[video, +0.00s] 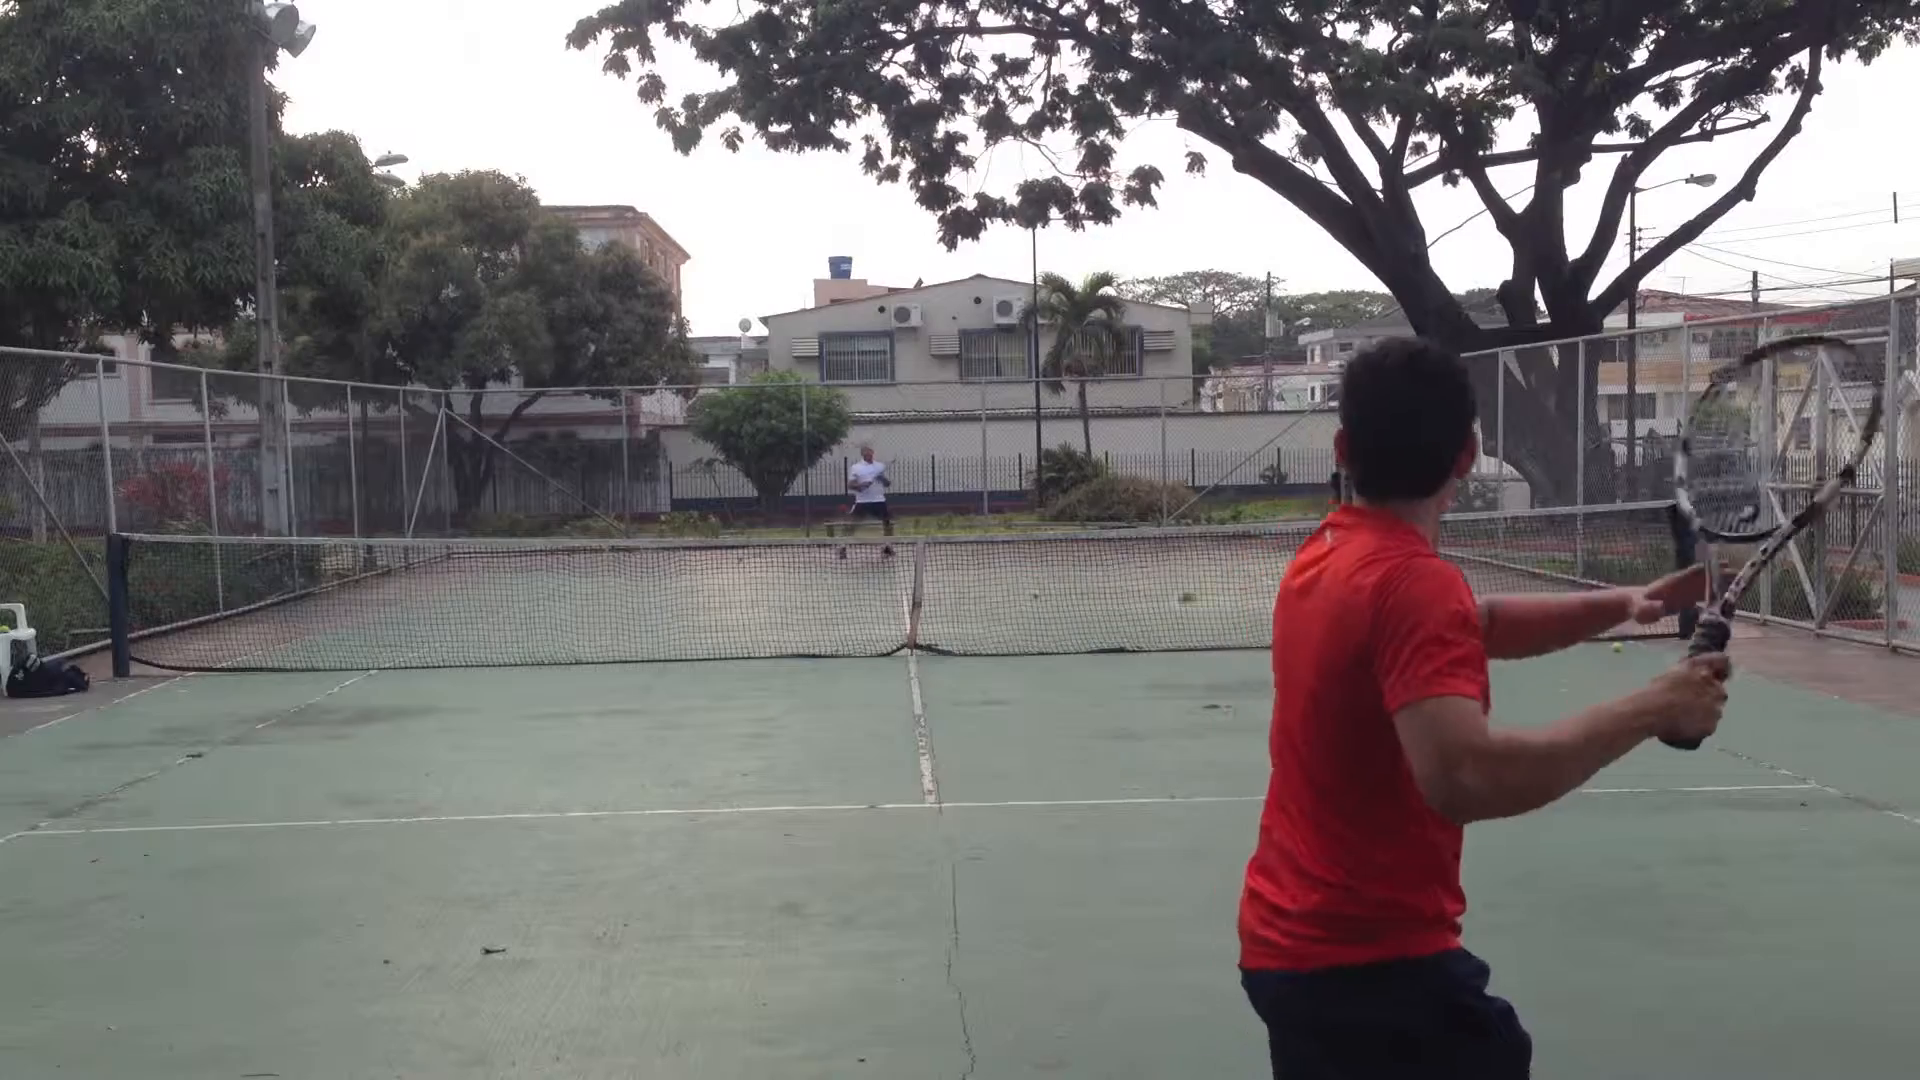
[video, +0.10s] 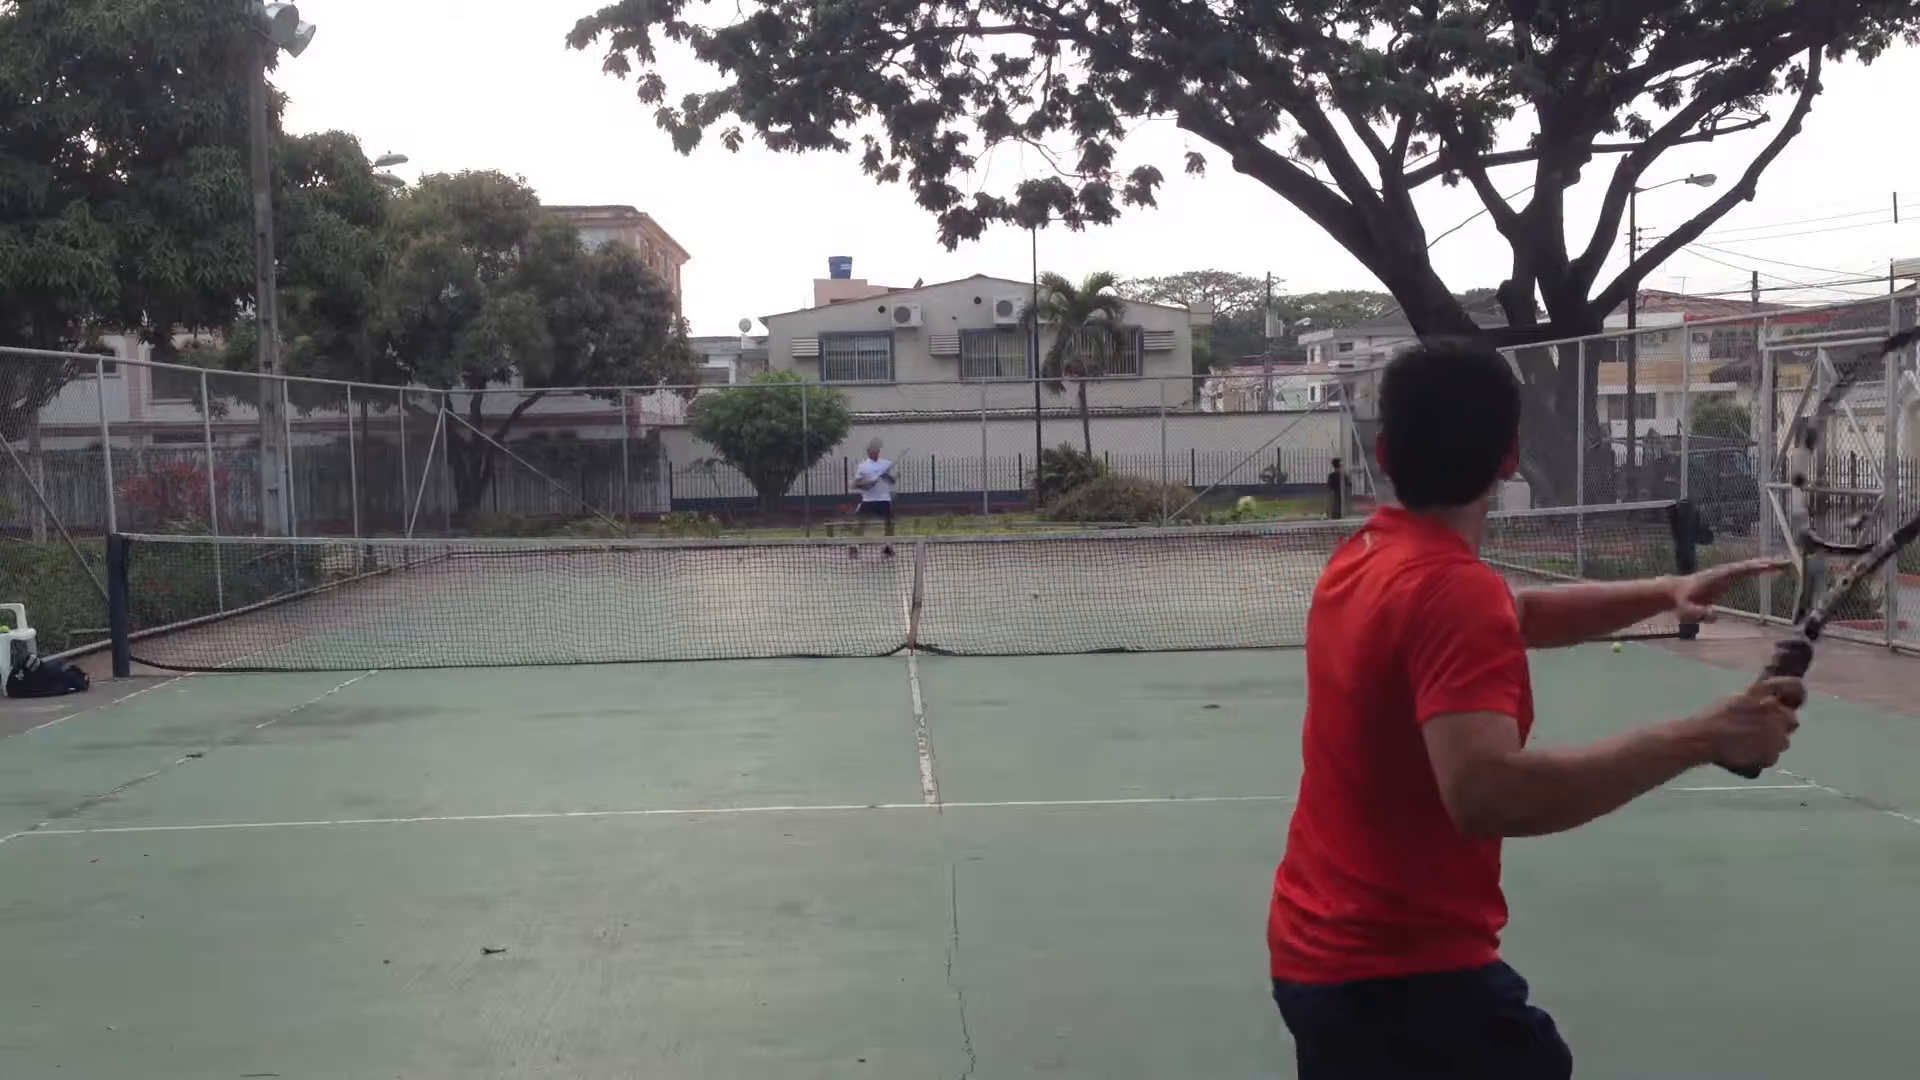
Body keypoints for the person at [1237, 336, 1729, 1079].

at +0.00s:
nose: (1472, 454)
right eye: (1473, 439)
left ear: (1341, 449)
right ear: (1466, 458)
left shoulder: (1321, 559)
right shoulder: (1415, 585)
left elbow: (1473, 624)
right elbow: (1461, 777)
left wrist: (1627, 604)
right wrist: (1650, 709)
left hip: (1293, 945)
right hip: (1377, 962)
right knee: (1497, 1056)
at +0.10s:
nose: (1513, 456)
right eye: (1514, 440)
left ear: (1382, 451)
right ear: (1509, 462)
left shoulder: (1358, 560)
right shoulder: (1454, 589)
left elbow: (1516, 614)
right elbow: (1487, 791)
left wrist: (1665, 592)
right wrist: (1704, 737)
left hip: (1322, 956)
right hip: (1410, 978)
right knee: (1538, 1060)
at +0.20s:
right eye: (1563, 434)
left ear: (1423, 448)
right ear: (1558, 459)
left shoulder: (1393, 552)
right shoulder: (1494, 593)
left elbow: (1534, 606)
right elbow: (1520, 803)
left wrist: (1701, 592)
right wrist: (1764, 787)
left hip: (1347, 957)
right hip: (1438, 980)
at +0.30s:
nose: (1608, 448)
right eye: (1610, 434)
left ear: (1470, 440)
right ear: (1602, 462)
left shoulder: (1422, 549)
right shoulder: (1540, 603)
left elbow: (1542, 598)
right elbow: (1574, 820)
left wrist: (1700, 593)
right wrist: (1829, 851)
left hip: (1365, 958)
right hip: (1463, 982)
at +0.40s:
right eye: (1652, 442)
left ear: (1507, 446)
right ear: (1642, 465)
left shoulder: (1447, 551)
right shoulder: (1595, 615)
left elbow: (1520, 611)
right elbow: (1660, 845)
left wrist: (1639, 598)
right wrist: (1896, 913)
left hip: (1380, 961)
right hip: (1495, 982)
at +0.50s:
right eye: (1677, 450)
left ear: (1535, 449)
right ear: (1667, 474)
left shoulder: (1455, 561)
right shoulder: (1649, 629)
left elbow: (1371, 619)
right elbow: (1760, 858)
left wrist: (1482, 618)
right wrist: (1913, 921)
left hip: (1408, 960)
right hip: (1541, 977)